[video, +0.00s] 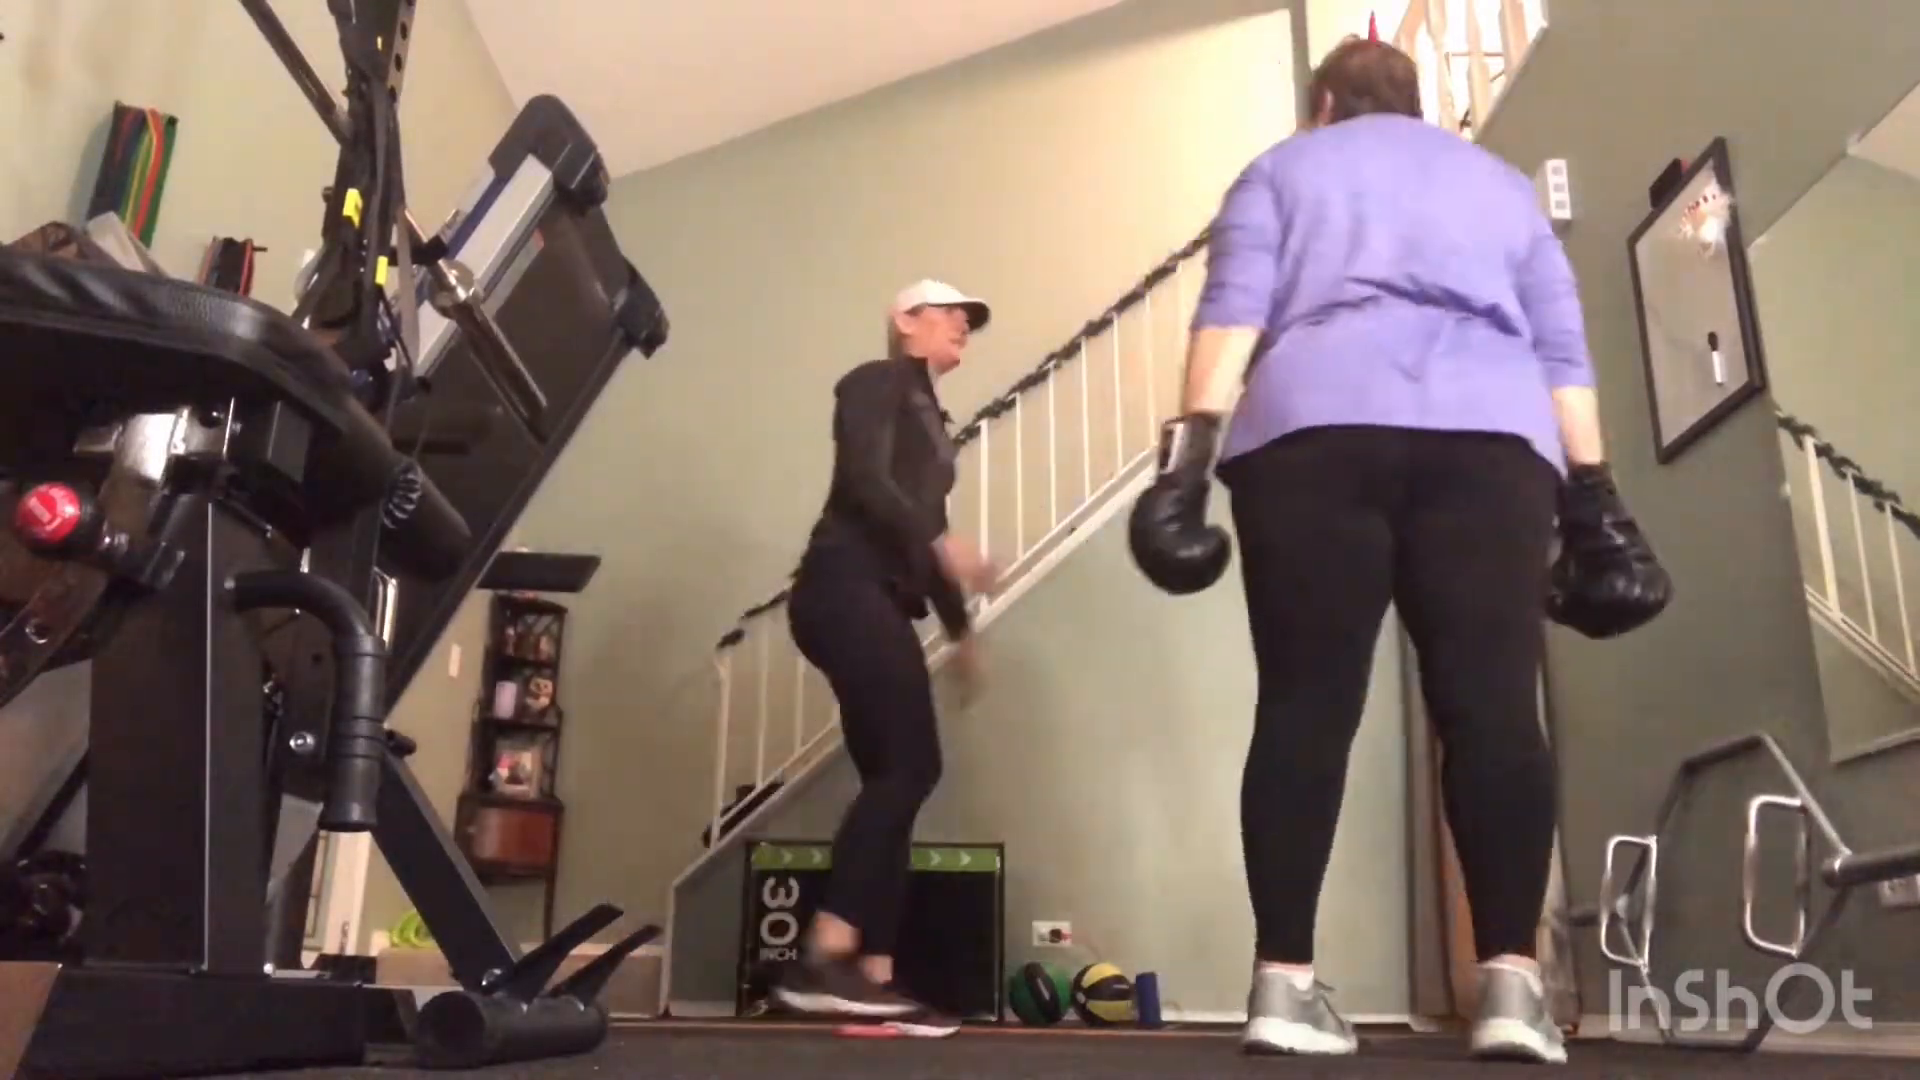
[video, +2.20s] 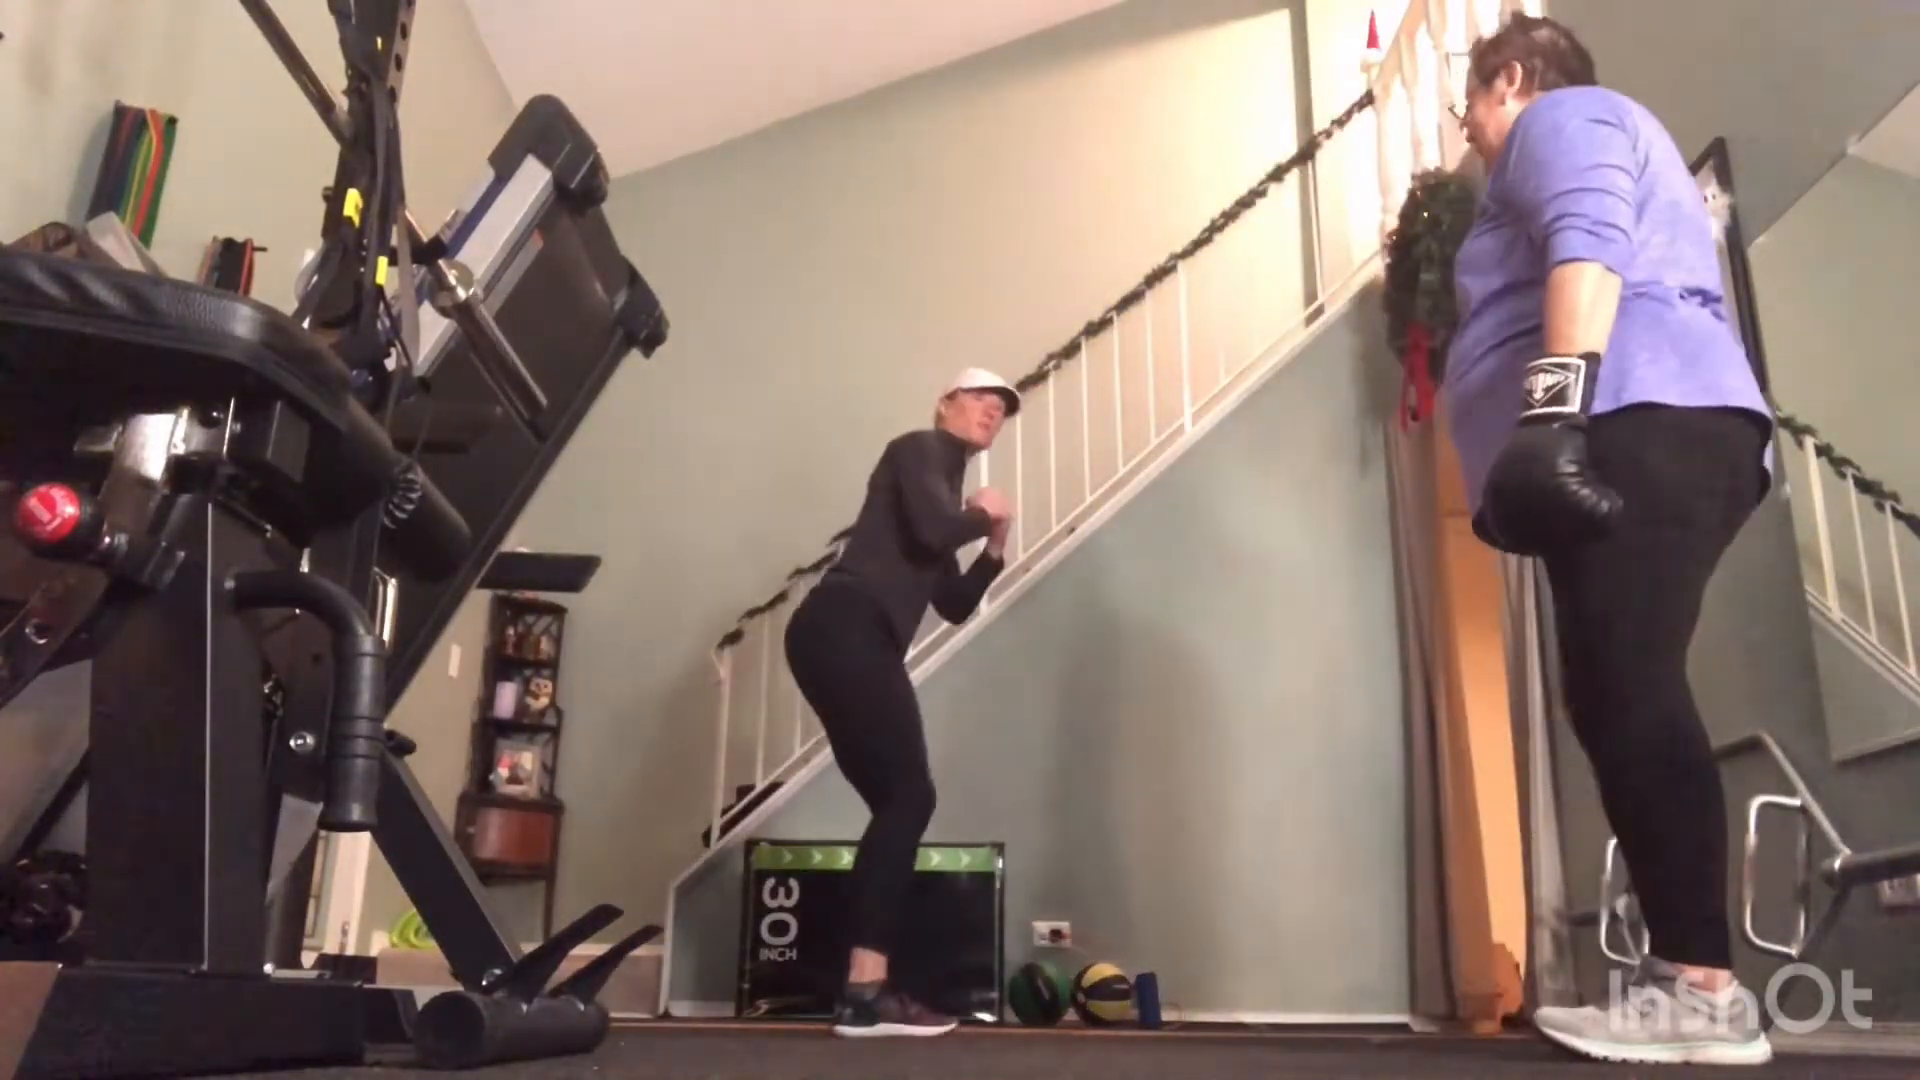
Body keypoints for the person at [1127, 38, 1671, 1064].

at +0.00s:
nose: (1305, 125)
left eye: (1307, 108)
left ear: (1320, 108)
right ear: (1423, 109)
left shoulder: (1282, 167)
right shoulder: (1506, 181)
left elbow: (1233, 301)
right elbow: (1561, 345)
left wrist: (1186, 460)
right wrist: (1594, 499)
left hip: (1313, 438)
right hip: (1489, 446)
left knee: (1304, 711)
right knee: (1495, 712)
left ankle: (1285, 980)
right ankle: (1510, 981)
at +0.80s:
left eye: (1178, 93)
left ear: (1177, 101)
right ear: (1277, 86)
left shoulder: (1121, 168)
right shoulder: (1357, 142)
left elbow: (1081, 328)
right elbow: (1424, 292)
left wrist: (1055, 489)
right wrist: (1465, 460)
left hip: (1174, 426)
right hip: (1356, 424)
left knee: (1216, 712)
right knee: (1378, 683)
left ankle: (1251, 979)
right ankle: (1362, 920)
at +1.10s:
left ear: (1225, 101)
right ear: (1327, 87)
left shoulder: (1161, 176)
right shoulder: (1395, 137)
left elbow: (1114, 352)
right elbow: (1462, 285)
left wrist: (1106, 504)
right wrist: (1513, 456)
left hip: (1199, 426)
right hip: (1384, 417)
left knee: (1241, 705)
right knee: (1446, 678)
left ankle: (1272, 990)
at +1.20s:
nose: (1292, 109)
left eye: (1293, 96)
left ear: (1301, 97)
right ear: (1405, 90)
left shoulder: (1256, 161)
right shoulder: (1495, 156)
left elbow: (1207, 306)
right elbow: (1558, 298)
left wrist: (1168, 467)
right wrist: (1588, 470)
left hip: (1299, 426)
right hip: (1484, 429)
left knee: (1290, 709)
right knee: (1505, 705)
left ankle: (1279, 981)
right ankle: (1537, 985)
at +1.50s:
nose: (1326, 176)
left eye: (1327, 162)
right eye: (1325, 164)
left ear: (1350, 140)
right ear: (1426, 134)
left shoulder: (1349, 173)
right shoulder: (1531, 207)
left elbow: (1325, 315)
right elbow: (1582, 365)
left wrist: (1267, 464)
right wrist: (1603, 530)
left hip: (1411, 445)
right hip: (1563, 458)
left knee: (1398, 715)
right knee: (1554, 722)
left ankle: (1417, 982)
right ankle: (1632, 981)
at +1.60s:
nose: (1373, 196)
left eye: (1374, 174)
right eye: (1369, 181)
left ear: (1413, 146)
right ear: (1461, 138)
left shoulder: (1456, 177)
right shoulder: (1556, 219)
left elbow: (1478, 290)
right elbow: (1588, 345)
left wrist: (1445, 433)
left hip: (1545, 441)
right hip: (1637, 461)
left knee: (1465, 670)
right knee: (1578, 703)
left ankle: (1548, 964)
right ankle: (1635, 983)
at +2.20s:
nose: (1470, 132)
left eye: (1474, 108)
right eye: (1466, 115)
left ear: (1512, 83)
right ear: (1542, 81)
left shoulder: (1565, 115)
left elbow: (1586, 243)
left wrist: (1552, 410)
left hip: (1654, 414)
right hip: (1635, 427)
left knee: (1626, 686)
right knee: (1606, 695)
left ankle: (1704, 987)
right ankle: (1677, 972)